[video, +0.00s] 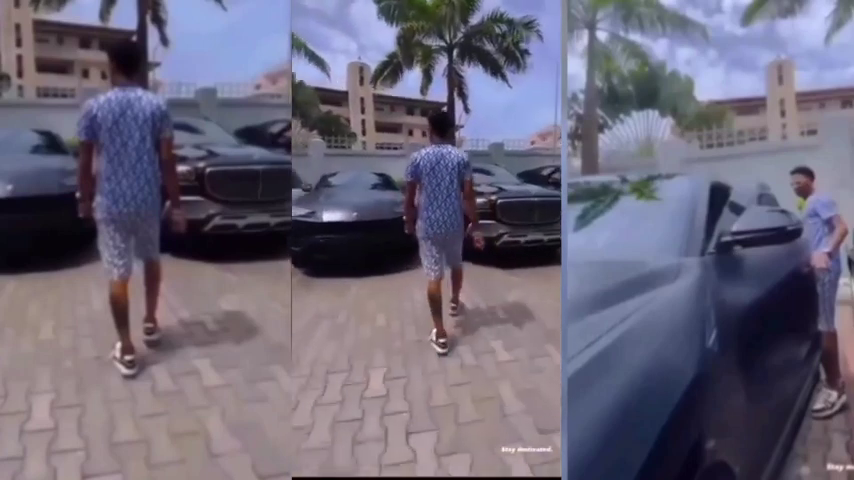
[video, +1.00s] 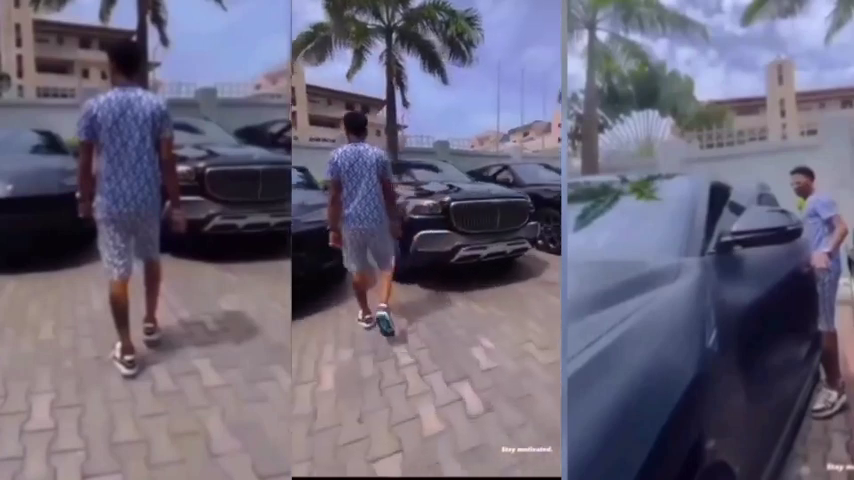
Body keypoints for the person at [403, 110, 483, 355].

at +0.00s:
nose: (429, 133)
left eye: (429, 129)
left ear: (430, 130)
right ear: (452, 130)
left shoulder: (419, 158)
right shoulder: (460, 158)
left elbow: (409, 195)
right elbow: (468, 194)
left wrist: (410, 221)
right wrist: (475, 225)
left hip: (428, 224)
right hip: (454, 224)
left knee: (434, 277)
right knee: (456, 263)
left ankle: (439, 332)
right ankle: (454, 300)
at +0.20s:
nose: (424, 138)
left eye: (424, 134)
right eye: (434, 133)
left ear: (424, 135)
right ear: (444, 135)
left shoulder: (412, 161)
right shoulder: (452, 163)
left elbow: (403, 198)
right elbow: (457, 199)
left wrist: (400, 226)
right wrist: (465, 231)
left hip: (418, 225)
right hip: (443, 225)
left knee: (420, 279)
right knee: (443, 266)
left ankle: (427, 339)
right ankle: (439, 304)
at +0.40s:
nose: (411, 132)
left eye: (411, 129)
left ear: (412, 130)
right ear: (431, 130)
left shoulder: (400, 156)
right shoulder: (440, 158)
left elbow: (393, 193)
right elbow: (446, 196)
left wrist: (392, 224)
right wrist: (448, 226)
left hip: (407, 222)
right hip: (433, 223)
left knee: (404, 266)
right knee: (432, 271)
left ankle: (411, 307)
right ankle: (426, 316)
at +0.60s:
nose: (395, 135)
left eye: (394, 131)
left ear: (393, 132)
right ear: (414, 131)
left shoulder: (384, 157)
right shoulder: (424, 157)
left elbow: (379, 194)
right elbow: (433, 192)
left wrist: (380, 225)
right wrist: (432, 218)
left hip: (393, 223)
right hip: (418, 223)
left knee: (391, 266)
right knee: (418, 274)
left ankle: (396, 303)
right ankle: (413, 329)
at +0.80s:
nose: (371, 138)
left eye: (369, 134)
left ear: (369, 135)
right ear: (390, 134)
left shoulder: (363, 163)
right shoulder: (403, 161)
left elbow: (360, 201)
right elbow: (412, 195)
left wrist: (360, 233)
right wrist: (414, 219)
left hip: (376, 227)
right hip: (401, 226)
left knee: (378, 269)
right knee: (403, 275)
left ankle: (382, 303)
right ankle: (400, 333)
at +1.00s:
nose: (349, 133)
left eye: (345, 129)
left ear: (345, 130)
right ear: (366, 129)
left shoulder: (337, 156)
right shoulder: (378, 155)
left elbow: (335, 196)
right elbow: (389, 192)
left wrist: (334, 228)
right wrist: (394, 220)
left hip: (351, 224)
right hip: (378, 222)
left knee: (357, 271)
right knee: (387, 266)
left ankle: (365, 313)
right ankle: (384, 304)